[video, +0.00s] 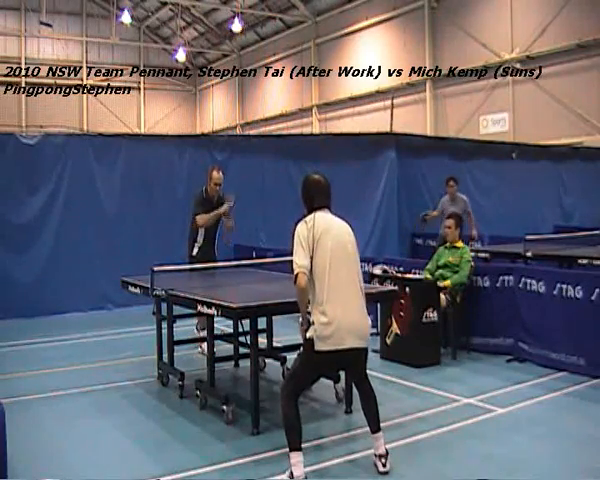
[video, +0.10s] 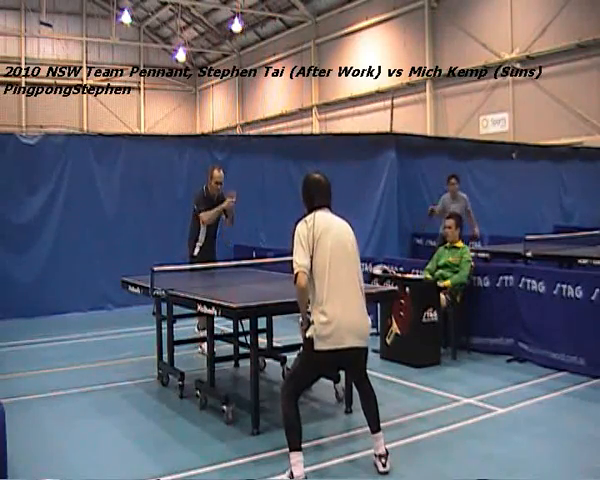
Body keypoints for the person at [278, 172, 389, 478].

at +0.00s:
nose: (304, 201)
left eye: (303, 197)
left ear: (304, 199)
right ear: (329, 198)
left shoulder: (305, 227)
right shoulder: (346, 227)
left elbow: (301, 281)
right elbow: (353, 276)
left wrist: (303, 317)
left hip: (327, 334)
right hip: (360, 331)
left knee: (289, 391)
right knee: (361, 380)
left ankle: (297, 468)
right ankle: (381, 449)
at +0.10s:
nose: (304, 201)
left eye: (303, 196)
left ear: (305, 198)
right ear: (329, 197)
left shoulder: (305, 226)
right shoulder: (346, 227)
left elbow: (302, 280)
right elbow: (354, 276)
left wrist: (304, 317)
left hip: (327, 333)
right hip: (359, 330)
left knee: (289, 392)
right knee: (361, 379)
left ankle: (297, 468)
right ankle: (381, 449)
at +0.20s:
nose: (305, 198)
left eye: (304, 193)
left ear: (305, 195)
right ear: (330, 195)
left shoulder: (305, 223)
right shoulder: (346, 224)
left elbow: (301, 277)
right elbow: (354, 273)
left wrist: (304, 315)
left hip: (327, 331)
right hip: (360, 328)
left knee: (290, 390)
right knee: (362, 379)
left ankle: (297, 468)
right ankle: (381, 449)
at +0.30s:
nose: (305, 197)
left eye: (304, 192)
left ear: (305, 194)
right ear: (330, 193)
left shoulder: (306, 223)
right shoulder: (346, 223)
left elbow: (300, 275)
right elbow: (355, 272)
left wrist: (303, 313)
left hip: (327, 330)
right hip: (359, 327)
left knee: (291, 391)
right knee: (362, 379)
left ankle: (297, 468)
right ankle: (381, 449)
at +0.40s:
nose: (305, 198)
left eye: (304, 193)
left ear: (305, 195)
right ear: (330, 194)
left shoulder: (306, 224)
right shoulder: (346, 224)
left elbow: (299, 277)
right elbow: (357, 273)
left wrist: (303, 315)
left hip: (327, 330)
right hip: (360, 327)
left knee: (292, 390)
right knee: (363, 379)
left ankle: (297, 468)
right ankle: (381, 448)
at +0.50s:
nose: (306, 199)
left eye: (305, 194)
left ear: (306, 196)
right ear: (330, 195)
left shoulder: (307, 225)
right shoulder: (347, 224)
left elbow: (299, 277)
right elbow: (358, 274)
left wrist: (304, 318)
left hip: (328, 331)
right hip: (361, 328)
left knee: (293, 390)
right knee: (364, 379)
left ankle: (297, 468)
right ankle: (381, 449)